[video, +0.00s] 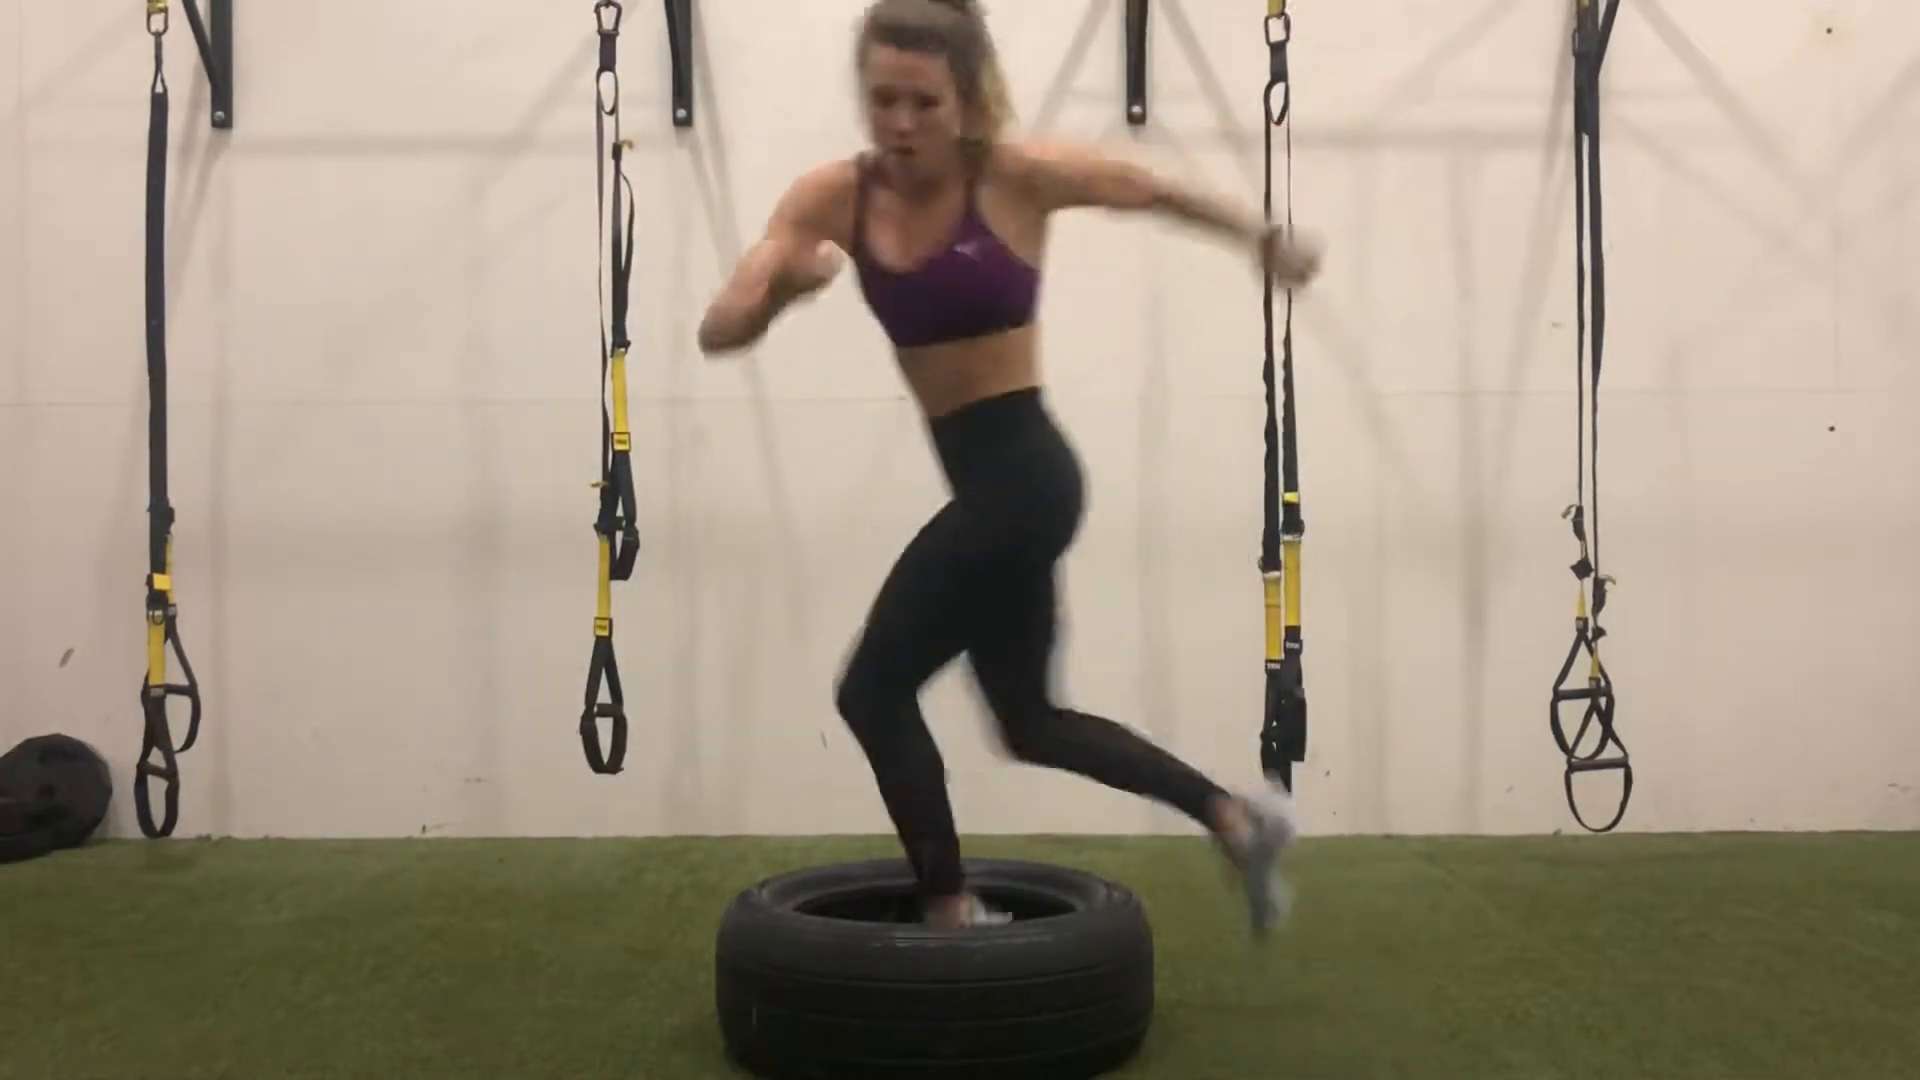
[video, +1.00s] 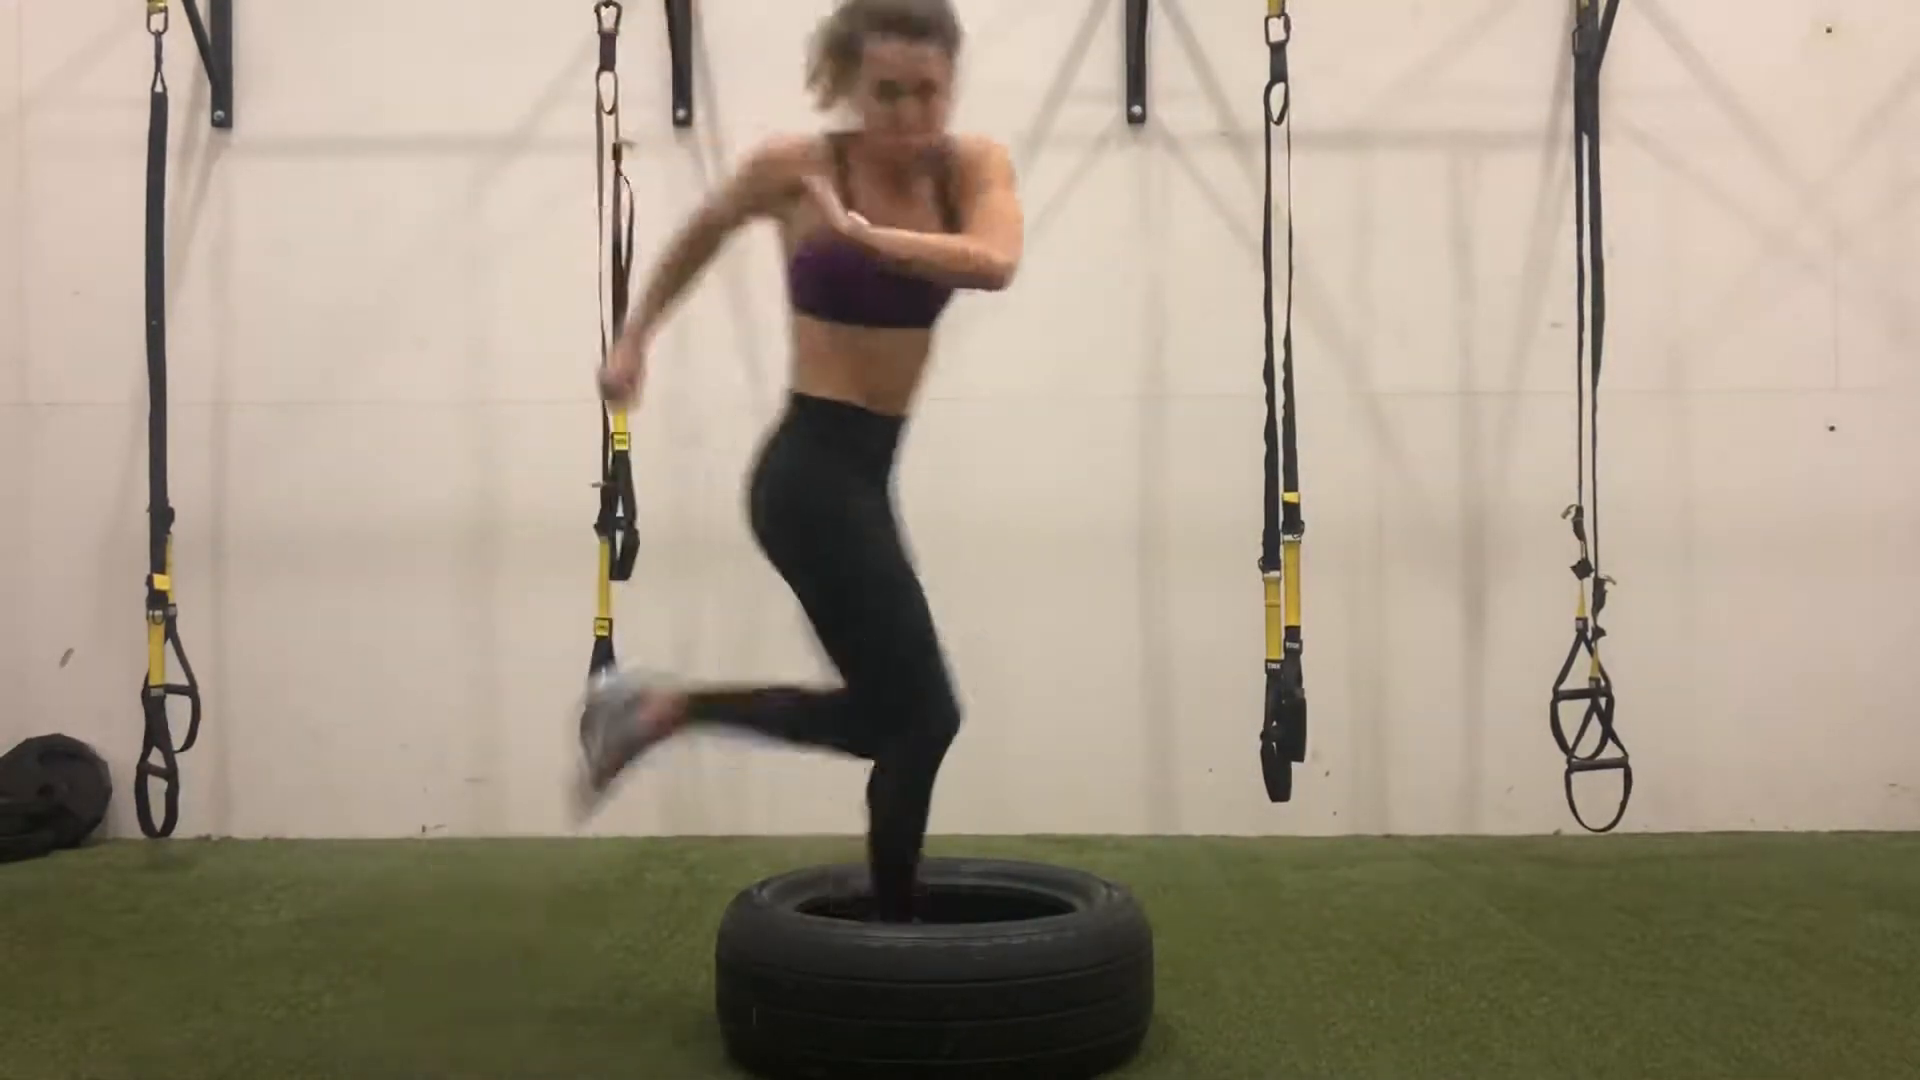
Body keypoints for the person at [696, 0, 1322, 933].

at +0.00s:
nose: (900, 124)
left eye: (923, 102)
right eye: (882, 99)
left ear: (967, 101)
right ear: (861, 97)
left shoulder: (1017, 178)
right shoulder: (832, 196)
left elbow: (1157, 192)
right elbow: (717, 336)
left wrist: (1267, 240)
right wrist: (777, 292)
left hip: (1025, 478)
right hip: (981, 482)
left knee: (874, 692)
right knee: (1029, 725)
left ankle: (949, 922)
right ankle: (1235, 818)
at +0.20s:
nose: (759, 91)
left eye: (782, 72)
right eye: (744, 68)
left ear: (826, 78)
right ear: (726, 68)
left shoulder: (881, 162)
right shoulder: (698, 186)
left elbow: (1025, 262)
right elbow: (656, 259)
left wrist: (1013, 381)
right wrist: (666, 382)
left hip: (909, 446)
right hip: (817, 457)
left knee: (884, 695)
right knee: (689, 643)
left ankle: (975, 913)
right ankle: (833, 763)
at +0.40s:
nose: (665, 172)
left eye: (688, 150)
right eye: (645, 148)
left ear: (722, 152)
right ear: (614, 146)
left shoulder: (768, 246)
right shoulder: (569, 281)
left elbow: (833, 356)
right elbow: (561, 402)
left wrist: (834, 427)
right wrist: (576, 433)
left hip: (744, 504)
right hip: (633, 513)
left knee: (671, 589)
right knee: (556, 751)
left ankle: (773, 712)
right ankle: (486, 969)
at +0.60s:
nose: (707, 135)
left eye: (724, 114)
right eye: (682, 116)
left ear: (747, 109)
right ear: (637, 115)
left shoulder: (785, 213)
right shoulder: (598, 215)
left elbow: (840, 274)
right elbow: (496, 335)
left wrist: (875, 377)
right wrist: (525, 384)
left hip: (697, 509)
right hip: (588, 482)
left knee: (600, 766)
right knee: (483, 734)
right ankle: (410, 911)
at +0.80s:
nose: (772, 195)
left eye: (789, 173)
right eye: (751, 175)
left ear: (812, 168)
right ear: (713, 171)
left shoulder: (830, 260)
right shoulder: (664, 255)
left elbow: (923, 378)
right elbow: (533, 261)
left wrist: (824, 305)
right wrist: (413, 288)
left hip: (688, 528)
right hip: (624, 509)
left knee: (593, 785)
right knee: (804, 648)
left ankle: (427, 987)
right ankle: (572, 713)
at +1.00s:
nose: (912, 115)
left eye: (929, 92)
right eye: (889, 93)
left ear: (952, 86)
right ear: (845, 89)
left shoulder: (970, 163)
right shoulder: (796, 168)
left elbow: (994, 263)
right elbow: (703, 236)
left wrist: (855, 230)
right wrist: (632, 338)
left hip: (863, 481)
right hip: (809, 479)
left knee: (890, 720)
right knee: (925, 717)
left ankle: (659, 711)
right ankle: (896, 941)